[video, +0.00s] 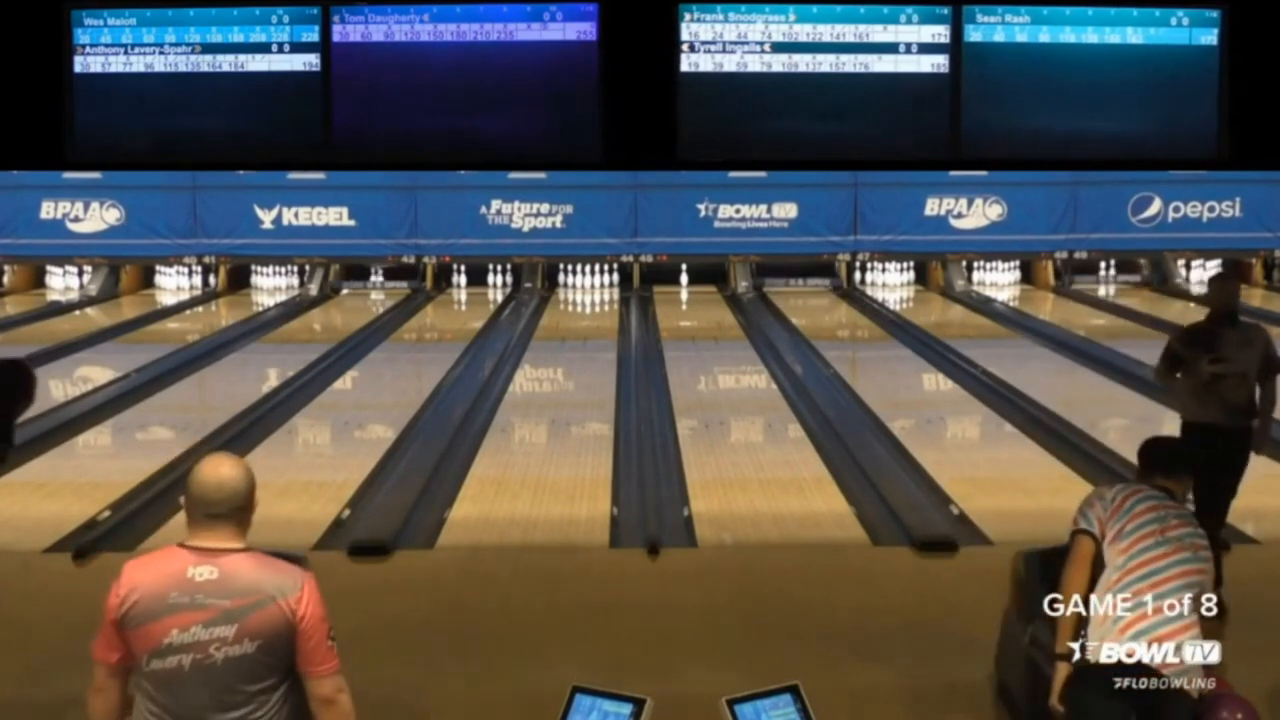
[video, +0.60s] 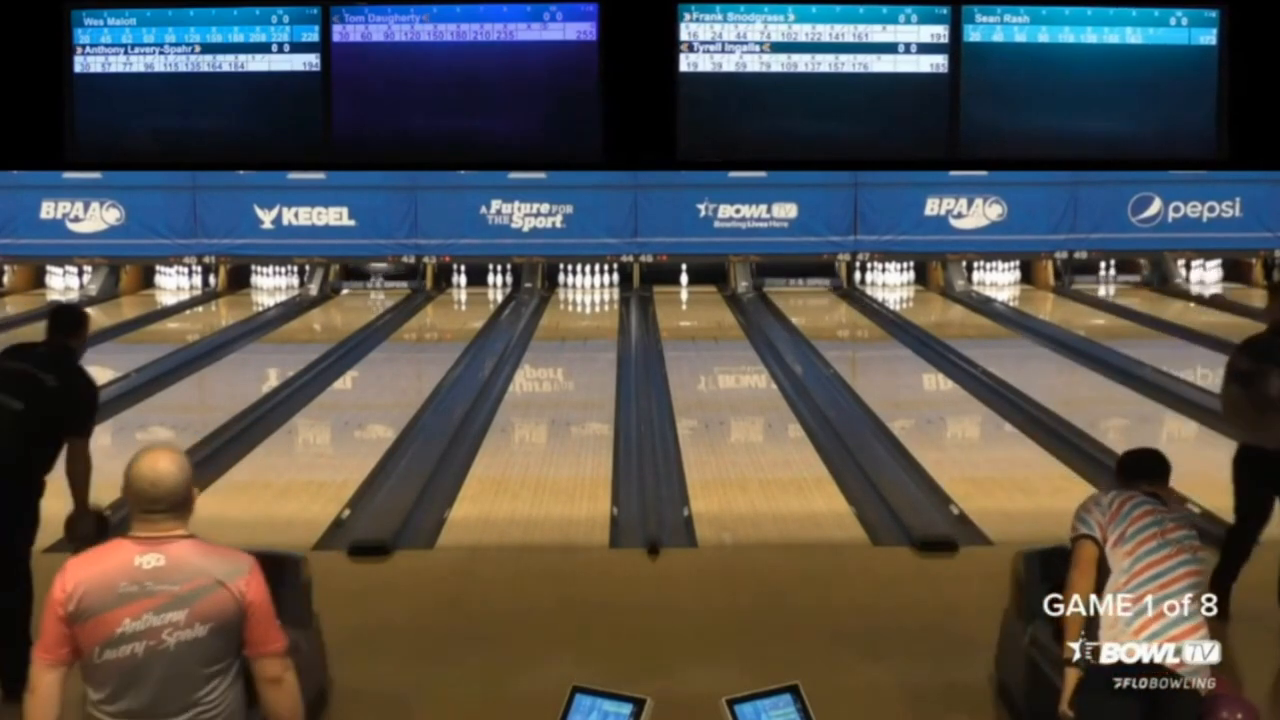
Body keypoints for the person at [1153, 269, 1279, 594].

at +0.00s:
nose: (1226, 297)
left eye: (1231, 291)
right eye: (1220, 290)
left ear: (1239, 294)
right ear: (1209, 294)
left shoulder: (1256, 339)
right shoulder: (1189, 336)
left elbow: (1268, 383)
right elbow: (1162, 374)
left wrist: (1264, 425)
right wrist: (1187, 392)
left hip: (1238, 430)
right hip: (1198, 429)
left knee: (1221, 498)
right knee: (1205, 499)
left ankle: (1209, 550)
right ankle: (1209, 565)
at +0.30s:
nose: (1244, 298)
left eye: (1248, 290)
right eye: (1237, 290)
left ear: (1258, 293)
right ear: (1225, 294)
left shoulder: (1270, 340)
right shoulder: (1206, 343)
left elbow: (1274, 389)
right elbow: (1191, 395)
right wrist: (1228, 379)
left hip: (1261, 441)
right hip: (1216, 441)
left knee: (1268, 518)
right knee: (1213, 519)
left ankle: (1246, 587)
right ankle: (1211, 590)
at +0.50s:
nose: (1268, 312)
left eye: (1268, 303)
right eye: (1267, 303)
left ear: (1263, 308)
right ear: (1264, 307)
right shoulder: (1243, 351)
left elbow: (1221, 404)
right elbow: (1222, 405)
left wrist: (1242, 425)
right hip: (1252, 453)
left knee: (1227, 528)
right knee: (1227, 529)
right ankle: (1213, 597)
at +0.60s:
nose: (1271, 310)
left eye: (1271, 302)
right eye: (1272, 301)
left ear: (1270, 307)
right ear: (1272, 306)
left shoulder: (1253, 349)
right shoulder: (1257, 350)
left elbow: (1231, 408)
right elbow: (1233, 409)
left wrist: (1258, 425)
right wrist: (1263, 425)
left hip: (1257, 454)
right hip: (1261, 454)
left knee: (1245, 530)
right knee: (1246, 530)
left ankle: (1218, 597)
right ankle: (1218, 597)